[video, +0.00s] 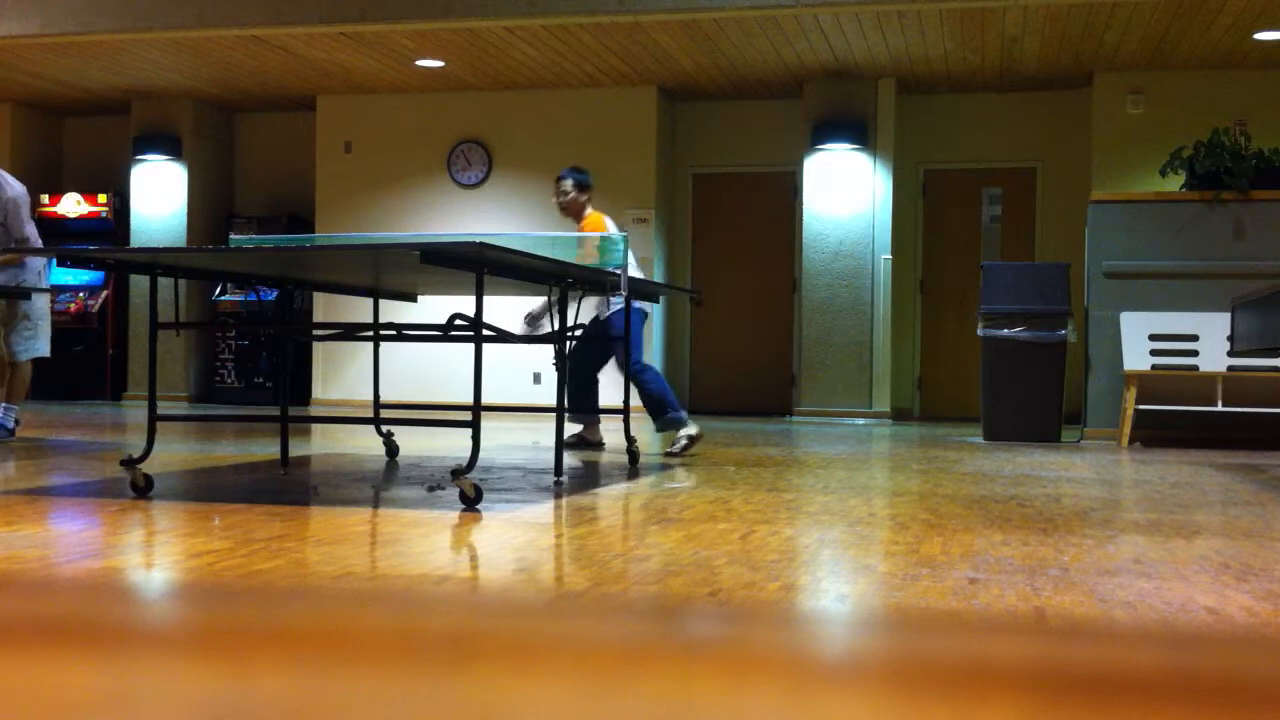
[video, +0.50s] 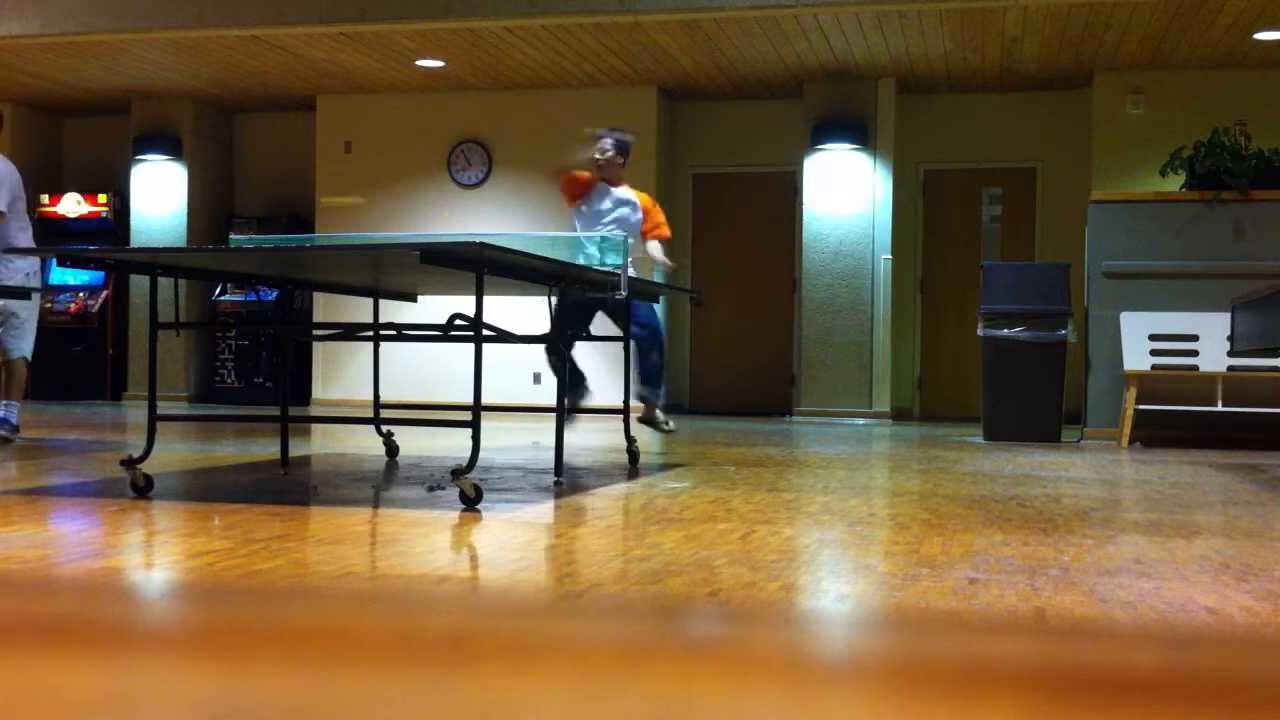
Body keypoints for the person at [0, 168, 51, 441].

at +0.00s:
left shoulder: (12, 191)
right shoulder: (10, 191)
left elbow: (26, 247)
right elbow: (23, 247)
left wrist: (3, 259)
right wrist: (7, 258)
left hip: (26, 277)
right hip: (11, 277)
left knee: (20, 352)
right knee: (9, 353)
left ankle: (9, 418)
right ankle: (7, 415)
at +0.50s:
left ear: (2, 132)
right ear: (3, 132)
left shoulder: (7, 170)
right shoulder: (8, 169)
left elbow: (6, 221)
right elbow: (18, 229)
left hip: (15, 266)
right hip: (20, 266)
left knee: (15, 347)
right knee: (16, 348)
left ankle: (10, 413)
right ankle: (9, 413)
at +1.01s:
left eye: (1, 129)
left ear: (9, 132)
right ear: (7, 132)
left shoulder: (25, 168)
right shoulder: (9, 170)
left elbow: (21, 215)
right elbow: (19, 214)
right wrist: (9, 212)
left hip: (23, 271)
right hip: (3, 272)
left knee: (35, 343)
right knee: (2, 350)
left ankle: (52, 403)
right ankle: (6, 415)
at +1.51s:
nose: (8, 141)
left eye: (15, 135)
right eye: (5, 135)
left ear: (36, 139)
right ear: (2, 140)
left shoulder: (62, 179)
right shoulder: (2, 181)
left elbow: (81, 225)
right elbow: (3, 221)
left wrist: (40, 229)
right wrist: (3, 229)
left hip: (53, 282)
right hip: (11, 281)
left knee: (62, 355)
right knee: (2, 350)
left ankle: (59, 416)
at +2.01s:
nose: (22, 171)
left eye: (28, 165)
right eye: (17, 166)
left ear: (45, 167)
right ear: (13, 169)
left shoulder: (66, 198)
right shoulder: (7, 201)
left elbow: (78, 232)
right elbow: (0, 230)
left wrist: (73, 250)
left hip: (63, 287)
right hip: (15, 289)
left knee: (80, 349)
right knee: (2, 350)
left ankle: (89, 414)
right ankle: (0, 413)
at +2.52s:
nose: (37, 143)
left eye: (44, 138)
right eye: (35, 138)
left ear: (64, 142)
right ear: (33, 143)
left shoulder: (90, 186)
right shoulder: (23, 183)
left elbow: (108, 229)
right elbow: (13, 228)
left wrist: (93, 239)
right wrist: (11, 253)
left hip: (79, 283)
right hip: (34, 281)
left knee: (94, 351)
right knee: (15, 351)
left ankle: (95, 416)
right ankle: (6, 415)